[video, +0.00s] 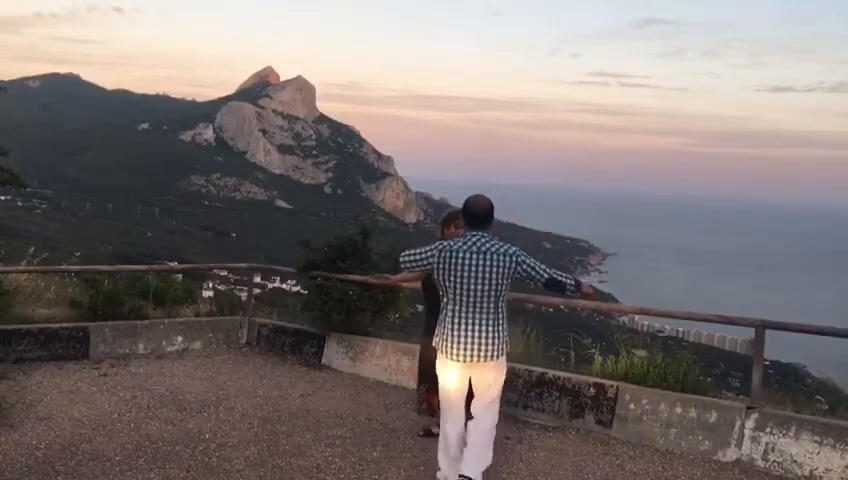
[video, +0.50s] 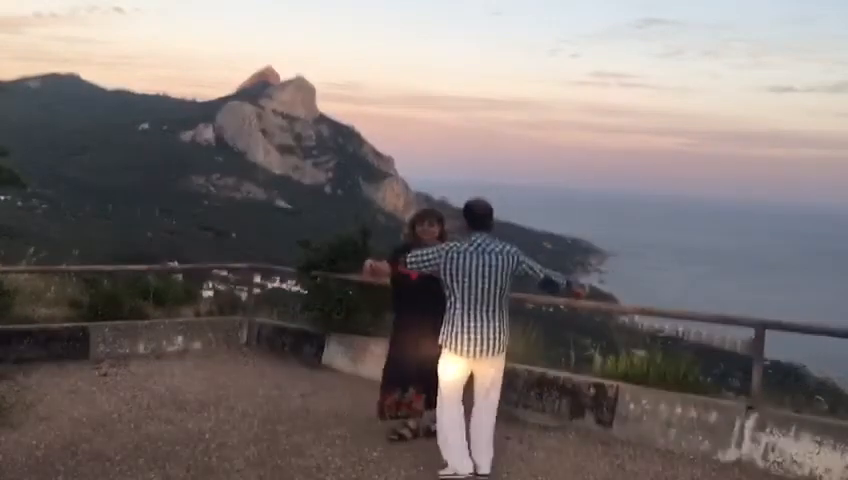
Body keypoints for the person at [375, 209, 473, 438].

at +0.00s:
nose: (459, 233)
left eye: (462, 228)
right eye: (455, 228)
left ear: (464, 229)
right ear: (444, 230)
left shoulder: (468, 256)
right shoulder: (438, 253)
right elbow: (422, 275)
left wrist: (397, 278)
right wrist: (396, 278)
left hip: (457, 325)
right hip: (435, 326)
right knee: (432, 371)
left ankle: (443, 418)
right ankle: (434, 418)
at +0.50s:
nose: (428, 229)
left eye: (432, 224)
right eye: (423, 225)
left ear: (441, 229)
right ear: (414, 228)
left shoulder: (446, 254)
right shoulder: (403, 253)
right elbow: (390, 267)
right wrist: (377, 268)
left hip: (436, 318)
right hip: (407, 317)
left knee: (431, 367)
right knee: (405, 364)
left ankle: (428, 417)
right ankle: (407, 418)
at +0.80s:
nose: (407, 229)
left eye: (413, 225)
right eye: (403, 225)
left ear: (422, 229)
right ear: (395, 229)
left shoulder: (432, 257)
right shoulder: (385, 254)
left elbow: (447, 292)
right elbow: (363, 265)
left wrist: (443, 326)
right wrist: (341, 271)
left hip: (419, 326)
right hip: (386, 323)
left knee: (410, 372)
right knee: (379, 368)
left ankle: (405, 424)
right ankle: (373, 417)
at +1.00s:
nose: (394, 227)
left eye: (399, 223)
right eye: (389, 223)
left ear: (408, 227)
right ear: (381, 226)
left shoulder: (417, 254)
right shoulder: (370, 251)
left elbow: (433, 280)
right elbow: (349, 265)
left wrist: (417, 295)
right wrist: (323, 273)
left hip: (403, 325)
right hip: (372, 323)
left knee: (399, 372)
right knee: (369, 370)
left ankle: (404, 424)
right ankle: (367, 420)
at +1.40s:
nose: (368, 226)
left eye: (374, 222)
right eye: (364, 221)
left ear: (384, 226)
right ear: (357, 225)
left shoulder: (391, 253)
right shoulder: (349, 251)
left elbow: (397, 278)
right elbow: (329, 268)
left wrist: (384, 286)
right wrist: (300, 278)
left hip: (379, 324)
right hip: (350, 320)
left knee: (370, 370)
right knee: (348, 366)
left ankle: (360, 424)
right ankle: (352, 417)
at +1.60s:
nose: (353, 228)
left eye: (360, 224)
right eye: (351, 223)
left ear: (372, 229)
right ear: (347, 227)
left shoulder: (380, 254)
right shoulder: (345, 255)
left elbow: (374, 274)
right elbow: (326, 274)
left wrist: (355, 282)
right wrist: (301, 285)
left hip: (370, 325)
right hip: (344, 322)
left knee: (362, 371)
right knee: (346, 368)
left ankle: (358, 425)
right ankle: (357, 418)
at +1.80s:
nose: (338, 226)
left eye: (344, 222)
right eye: (338, 221)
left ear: (358, 226)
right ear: (338, 224)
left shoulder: (366, 251)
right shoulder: (341, 253)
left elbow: (349, 273)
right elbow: (329, 278)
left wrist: (318, 278)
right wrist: (307, 292)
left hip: (359, 325)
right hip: (337, 323)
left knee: (353, 371)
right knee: (329, 368)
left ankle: (353, 423)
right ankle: (331, 421)